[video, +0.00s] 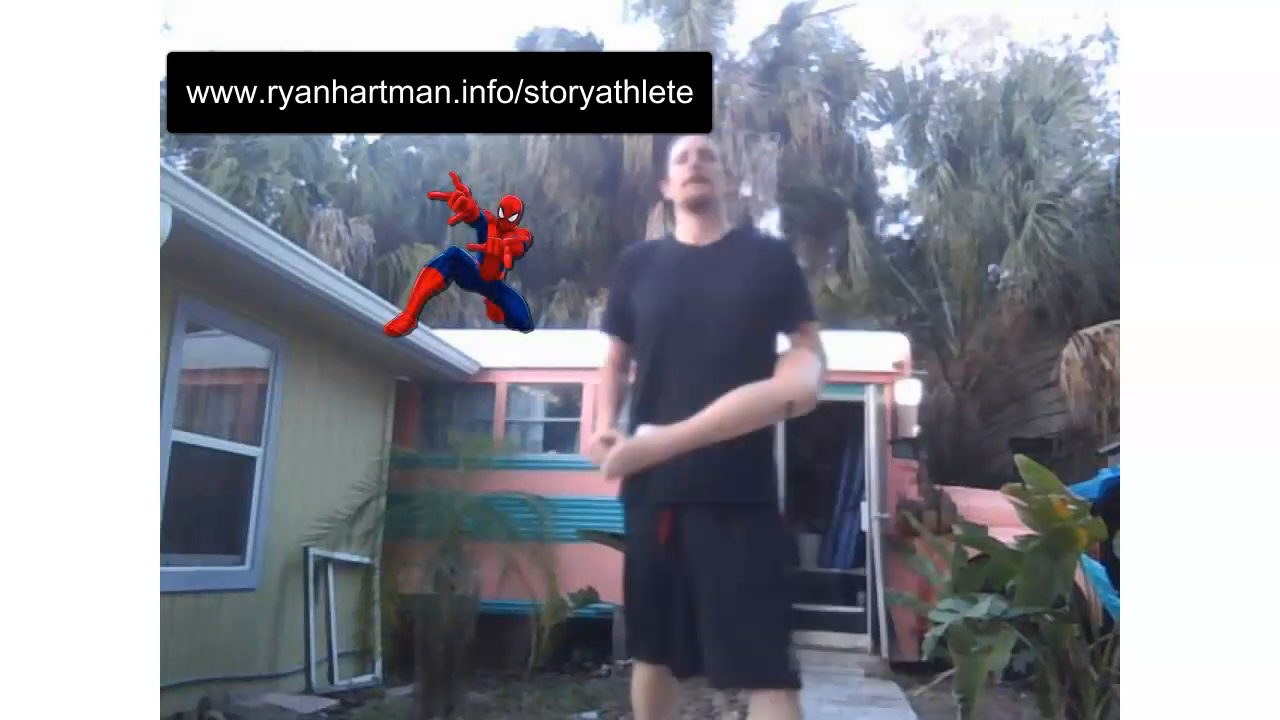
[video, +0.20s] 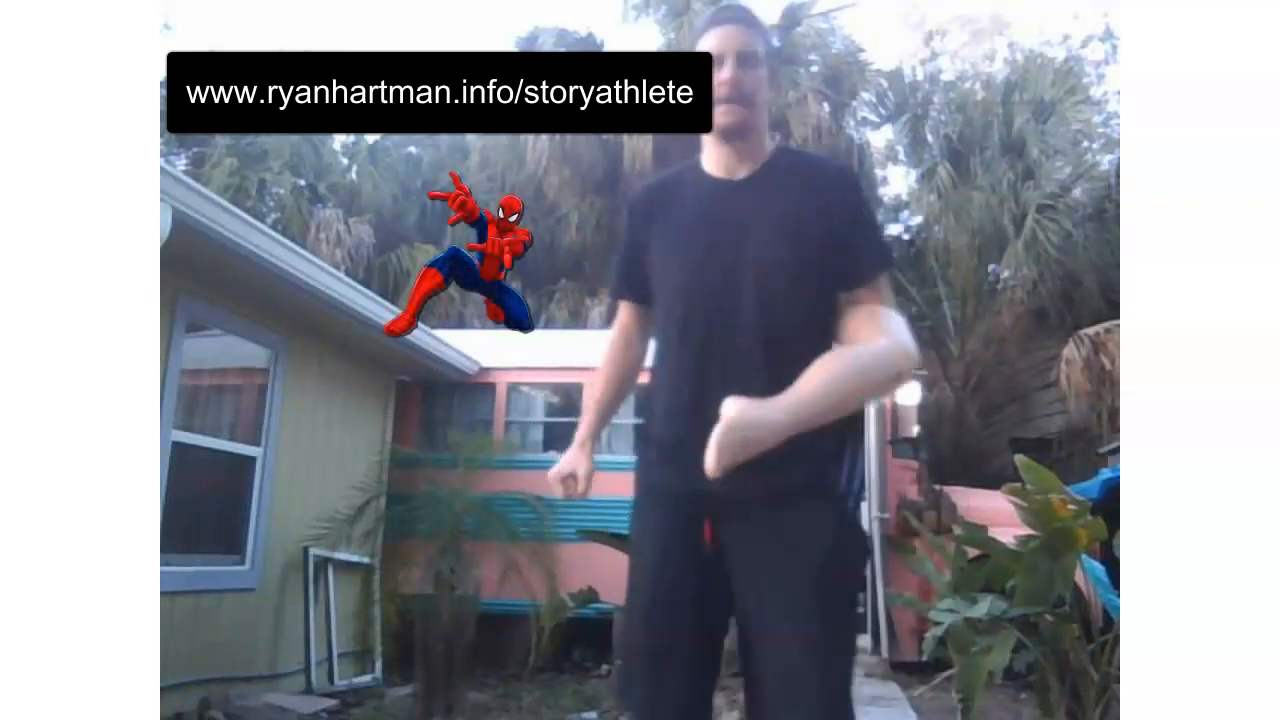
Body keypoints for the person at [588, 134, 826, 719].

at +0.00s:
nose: (695, 165)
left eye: (708, 156)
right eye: (682, 158)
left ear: (730, 179)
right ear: (664, 186)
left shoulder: (769, 258)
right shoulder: (637, 263)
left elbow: (803, 382)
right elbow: (614, 366)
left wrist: (665, 443)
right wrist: (601, 427)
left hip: (740, 497)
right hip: (653, 495)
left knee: (768, 679)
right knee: (651, 661)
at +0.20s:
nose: (730, 78)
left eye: (747, 61)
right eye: (712, 63)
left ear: (770, 77)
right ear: (690, 83)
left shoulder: (828, 190)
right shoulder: (653, 205)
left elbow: (886, 347)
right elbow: (627, 335)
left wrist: (779, 416)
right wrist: (584, 440)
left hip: (797, 502)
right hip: (672, 502)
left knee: (802, 705)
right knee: (656, 701)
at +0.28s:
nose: (785, 140)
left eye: (803, 128)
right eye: (772, 124)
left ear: (826, 154)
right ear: (742, 144)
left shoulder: (852, 272)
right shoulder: (679, 244)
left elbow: (864, 407)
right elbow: (602, 356)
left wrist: (948, 432)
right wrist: (515, 419)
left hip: (792, 543)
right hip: (683, 538)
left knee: (804, 710)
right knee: (701, 712)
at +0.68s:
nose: (775, 213)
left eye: (793, 195)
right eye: (758, 193)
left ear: (819, 206)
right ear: (725, 201)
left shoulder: (852, 321)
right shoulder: (666, 315)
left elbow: (884, 464)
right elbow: (600, 445)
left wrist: (957, 478)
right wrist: (492, 480)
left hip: (815, 604)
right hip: (694, 608)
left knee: (820, 708)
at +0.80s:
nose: (797, 230)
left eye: (816, 215)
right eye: (777, 212)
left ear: (841, 237)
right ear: (744, 232)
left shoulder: (869, 365)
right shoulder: (677, 342)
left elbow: (891, 511)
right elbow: (575, 445)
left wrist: (967, 505)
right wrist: (458, 532)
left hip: (804, 628)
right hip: (685, 633)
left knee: (829, 679)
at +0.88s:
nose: (754, 181)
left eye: (772, 167)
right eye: (737, 167)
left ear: (796, 188)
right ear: (708, 188)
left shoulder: (846, 313)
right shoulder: (654, 310)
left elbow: (890, 466)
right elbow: (583, 442)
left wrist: (967, 442)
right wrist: (484, 553)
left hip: (801, 592)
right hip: (686, 596)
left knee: (790, 707)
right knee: (675, 713)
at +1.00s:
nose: (754, 110)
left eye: (773, 96)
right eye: (737, 95)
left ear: (802, 125)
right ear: (711, 121)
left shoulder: (842, 243)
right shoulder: (657, 239)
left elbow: (882, 390)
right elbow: (603, 378)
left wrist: (948, 380)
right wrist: (520, 472)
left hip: (807, 552)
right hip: (685, 554)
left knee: (811, 709)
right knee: (684, 713)